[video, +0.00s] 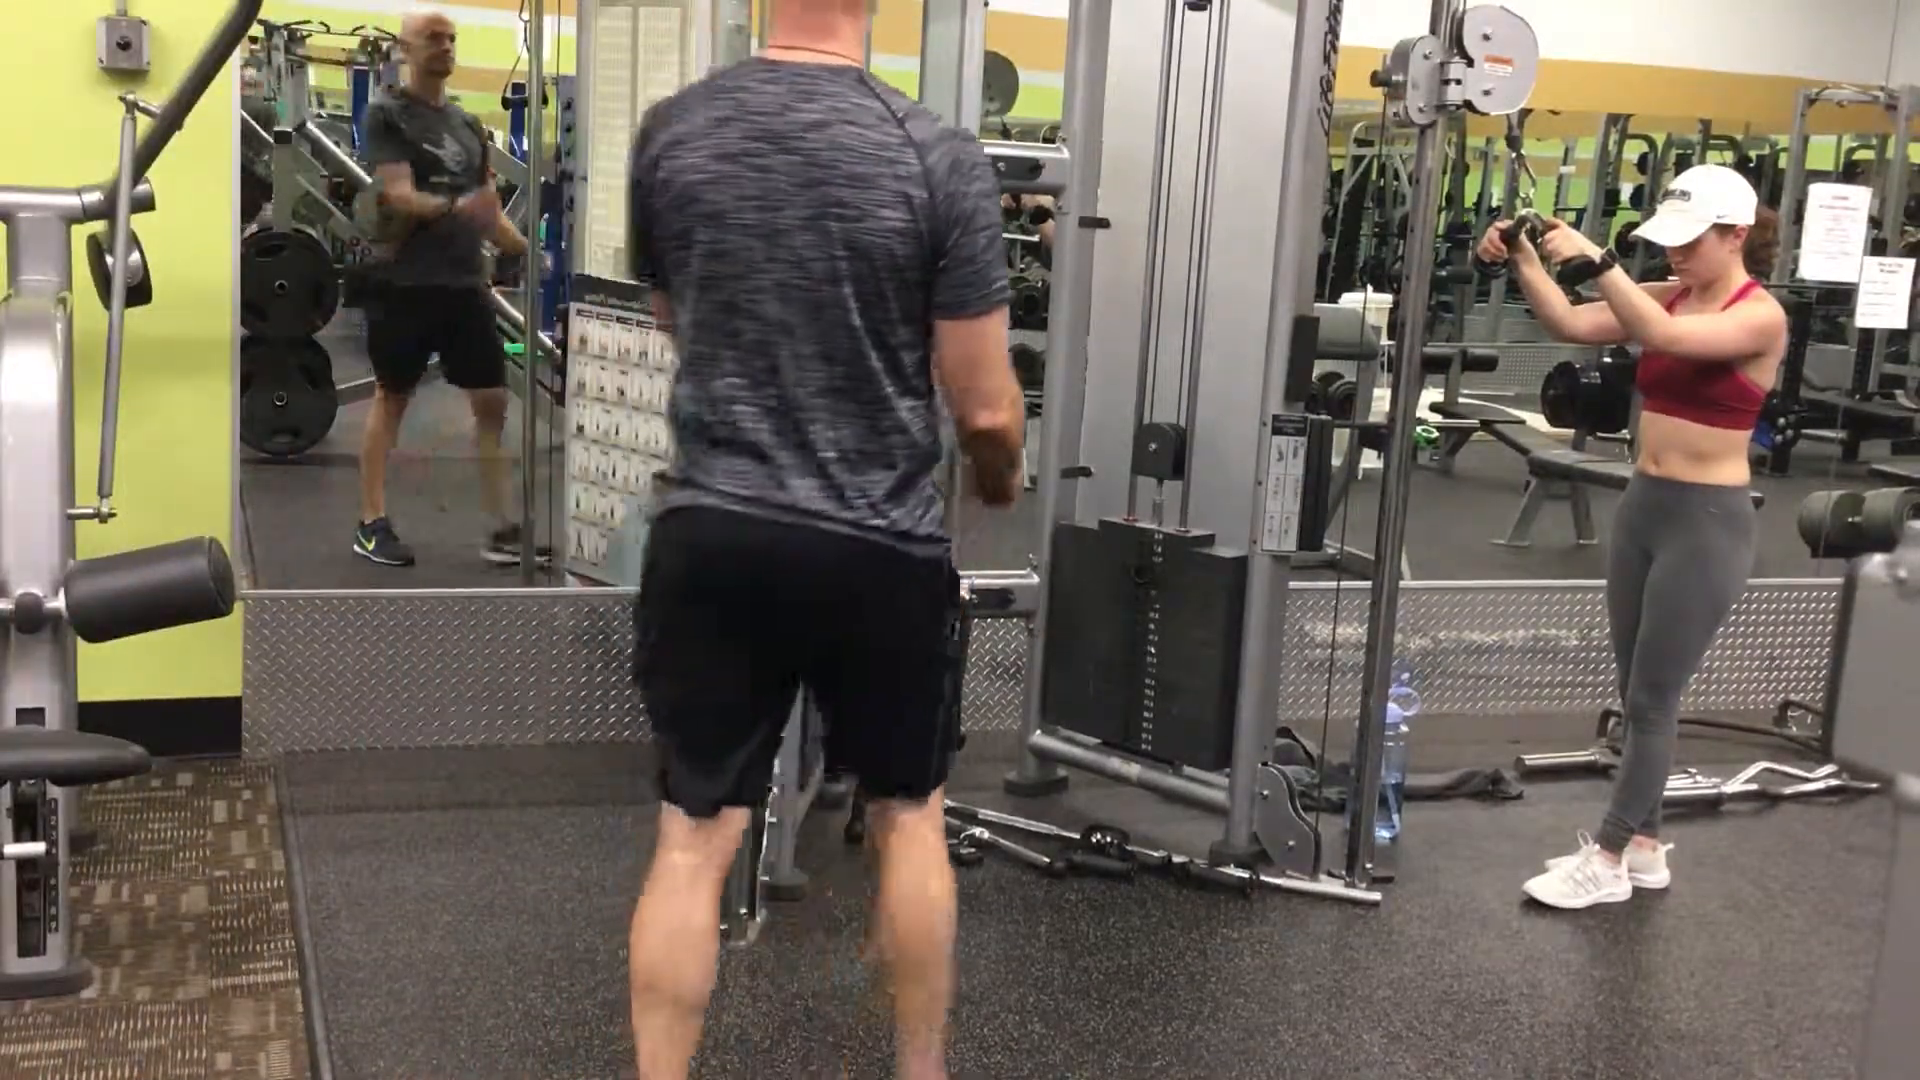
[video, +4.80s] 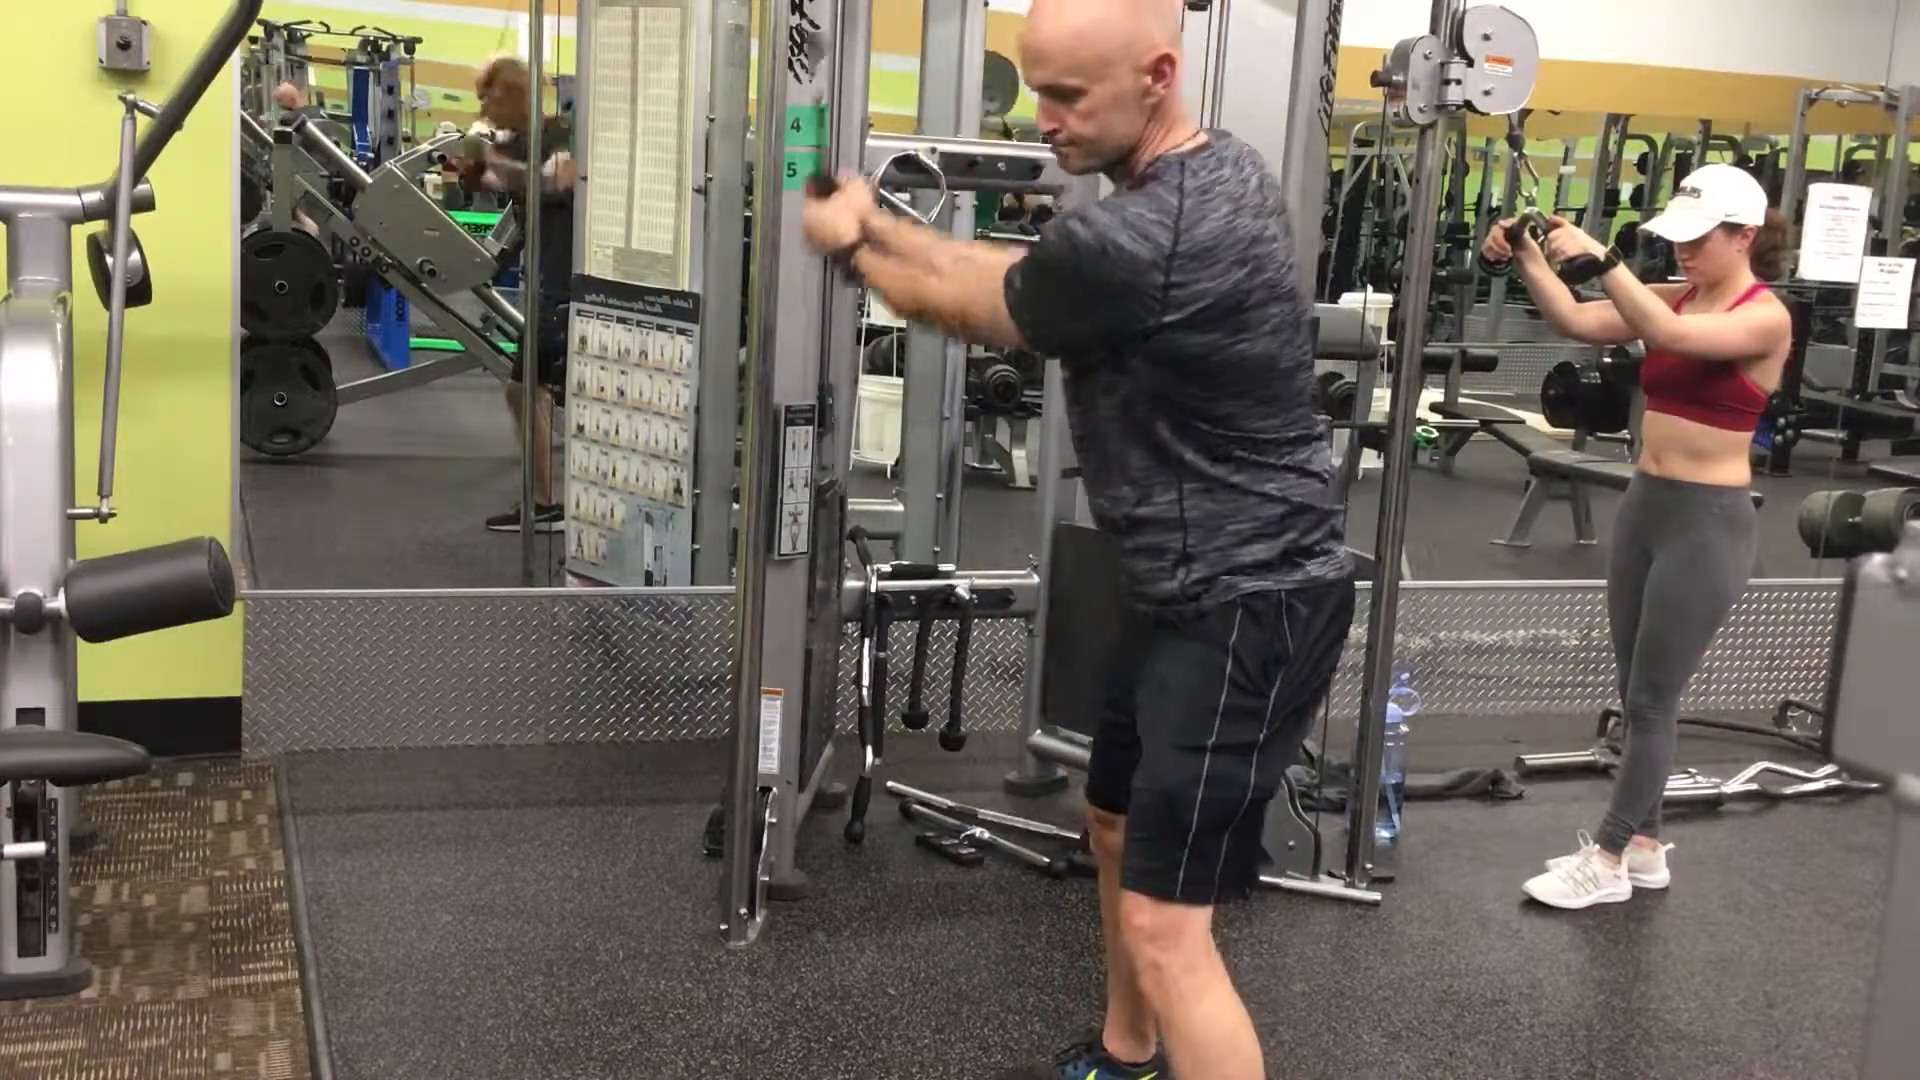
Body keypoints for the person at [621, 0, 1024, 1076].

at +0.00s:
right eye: (866, 18)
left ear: (767, 5)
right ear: (870, 14)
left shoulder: (673, 132)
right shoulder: (940, 158)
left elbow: (676, 318)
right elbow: (985, 406)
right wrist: (999, 476)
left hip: (711, 542)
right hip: (881, 559)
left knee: (692, 837)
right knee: (910, 818)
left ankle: (658, 1073)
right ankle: (925, 1069)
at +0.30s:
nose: (939, 31)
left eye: (893, 20)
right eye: (964, 20)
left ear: (873, 18)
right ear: (980, 22)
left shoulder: (795, 139)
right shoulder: (1047, 158)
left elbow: (799, 290)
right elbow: (1062, 349)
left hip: (826, 523)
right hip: (984, 534)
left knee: (783, 768)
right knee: (967, 794)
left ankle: (721, 1041)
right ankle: (951, 1057)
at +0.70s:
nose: (905, 20)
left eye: (910, 9)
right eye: (912, 12)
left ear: (934, 17)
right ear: (1026, 26)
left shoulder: (879, 156)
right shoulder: (1088, 162)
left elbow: (817, 264)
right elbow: (988, 206)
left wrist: (803, 155)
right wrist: (895, 117)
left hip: (882, 500)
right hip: (1021, 505)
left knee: (870, 746)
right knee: (992, 749)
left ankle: (881, 1009)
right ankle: (966, 1030)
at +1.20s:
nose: (1004, 19)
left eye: (1028, 6)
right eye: (1009, 3)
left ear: (1100, 21)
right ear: (1107, 33)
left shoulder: (1039, 156)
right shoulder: (1142, 154)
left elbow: (884, 241)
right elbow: (966, 219)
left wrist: (828, 130)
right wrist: (882, 114)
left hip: (1014, 501)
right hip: (1101, 490)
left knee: (941, 748)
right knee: (1061, 742)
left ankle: (884, 1009)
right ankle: (1110, 995)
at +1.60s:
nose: (1074, 23)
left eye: (1102, 10)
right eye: (1071, 6)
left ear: (1167, 22)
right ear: (1073, 15)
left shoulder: (1120, 146)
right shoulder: (1167, 135)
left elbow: (944, 237)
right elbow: (998, 213)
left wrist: (869, 133)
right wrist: (912, 116)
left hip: (1092, 487)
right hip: (1139, 481)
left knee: (1036, 753)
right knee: (1098, 746)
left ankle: (1069, 1040)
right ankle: (1114, 999)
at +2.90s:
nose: (1037, 84)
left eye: (1053, 57)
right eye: (1032, 60)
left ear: (1138, 38)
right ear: (1138, 41)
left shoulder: (1125, 162)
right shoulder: (1228, 136)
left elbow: (998, 194)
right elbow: (1055, 182)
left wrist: (932, 91)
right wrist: (975, 81)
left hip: (1230, 532)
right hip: (1174, 525)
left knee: (1144, 837)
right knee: (1102, 794)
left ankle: (1228, 1069)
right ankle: (1093, 1048)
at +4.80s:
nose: (1044, 119)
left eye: (1068, 96)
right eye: (1034, 92)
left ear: (1160, 75)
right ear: (1155, 78)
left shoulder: (1131, 238)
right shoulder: (1210, 173)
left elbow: (978, 310)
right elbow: (1026, 280)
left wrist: (855, 246)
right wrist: (886, 225)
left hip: (1250, 596)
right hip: (1193, 578)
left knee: (1166, 928)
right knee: (1115, 821)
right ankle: (1128, 1053)